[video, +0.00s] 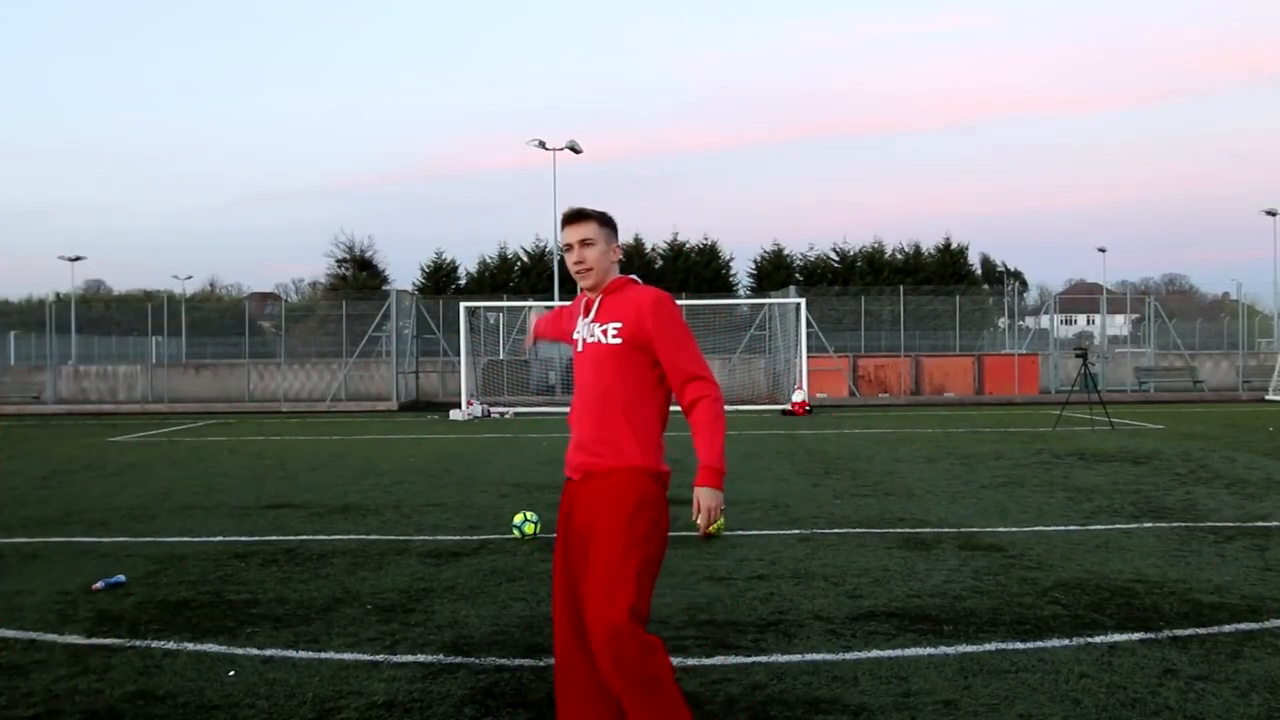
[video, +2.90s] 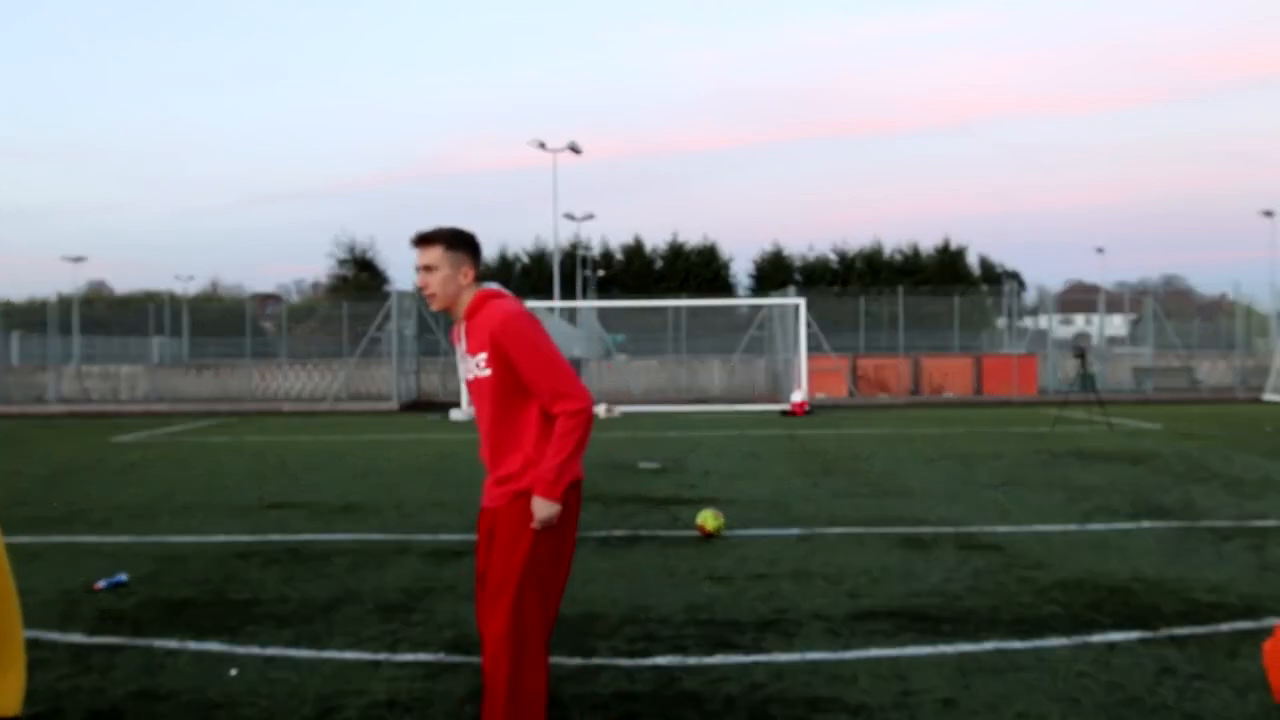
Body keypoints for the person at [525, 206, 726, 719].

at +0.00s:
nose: (576, 256)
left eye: (587, 244)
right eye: (569, 248)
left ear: (615, 250)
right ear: (565, 257)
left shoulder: (649, 304)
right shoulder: (580, 312)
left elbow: (701, 391)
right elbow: (554, 322)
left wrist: (710, 479)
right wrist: (536, 326)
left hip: (631, 485)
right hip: (581, 486)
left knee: (613, 627)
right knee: (572, 633)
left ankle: (669, 714)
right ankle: (585, 718)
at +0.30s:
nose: (559, 257)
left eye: (570, 245)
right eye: (553, 249)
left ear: (601, 251)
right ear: (551, 258)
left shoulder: (635, 304)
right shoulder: (575, 311)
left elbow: (693, 391)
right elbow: (560, 369)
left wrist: (690, 476)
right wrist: (538, 402)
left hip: (620, 486)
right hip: (578, 486)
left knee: (612, 628)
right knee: (577, 626)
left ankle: (623, 715)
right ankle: (586, 713)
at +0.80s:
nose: (535, 269)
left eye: (536, 256)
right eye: (533, 258)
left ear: (562, 254)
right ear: (578, 252)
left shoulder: (608, 306)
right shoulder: (592, 306)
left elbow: (676, 397)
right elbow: (632, 398)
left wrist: (615, 471)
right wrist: (587, 461)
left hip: (606, 503)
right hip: (589, 500)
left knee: (605, 648)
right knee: (584, 644)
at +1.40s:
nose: (547, 265)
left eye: (545, 256)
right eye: (545, 258)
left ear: (552, 255)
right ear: (602, 253)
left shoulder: (580, 297)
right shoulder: (635, 303)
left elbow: (613, 373)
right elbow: (689, 382)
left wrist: (553, 433)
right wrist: (635, 425)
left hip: (593, 493)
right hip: (636, 493)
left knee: (594, 634)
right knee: (639, 629)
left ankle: (602, 715)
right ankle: (639, 713)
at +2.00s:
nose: (515, 272)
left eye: (522, 259)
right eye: (513, 261)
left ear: (557, 258)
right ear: (563, 262)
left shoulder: (571, 307)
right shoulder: (595, 311)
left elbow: (617, 393)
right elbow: (651, 401)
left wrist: (570, 468)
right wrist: (634, 479)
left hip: (564, 507)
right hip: (608, 505)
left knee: (528, 648)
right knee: (610, 650)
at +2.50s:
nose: (450, 270)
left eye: (459, 257)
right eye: (449, 259)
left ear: (495, 258)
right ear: (497, 261)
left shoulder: (513, 313)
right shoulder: (530, 309)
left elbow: (564, 409)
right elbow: (583, 402)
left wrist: (525, 493)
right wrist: (551, 483)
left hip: (506, 507)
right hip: (535, 507)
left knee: (489, 642)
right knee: (535, 635)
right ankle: (566, 706)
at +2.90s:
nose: (421, 282)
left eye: (430, 270)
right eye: (419, 271)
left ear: (466, 271)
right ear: (455, 275)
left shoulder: (503, 317)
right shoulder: (467, 326)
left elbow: (574, 404)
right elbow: (511, 410)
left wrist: (550, 487)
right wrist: (498, 486)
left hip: (531, 497)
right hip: (501, 494)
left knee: (514, 633)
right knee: (495, 629)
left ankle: (515, 714)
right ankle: (501, 711)